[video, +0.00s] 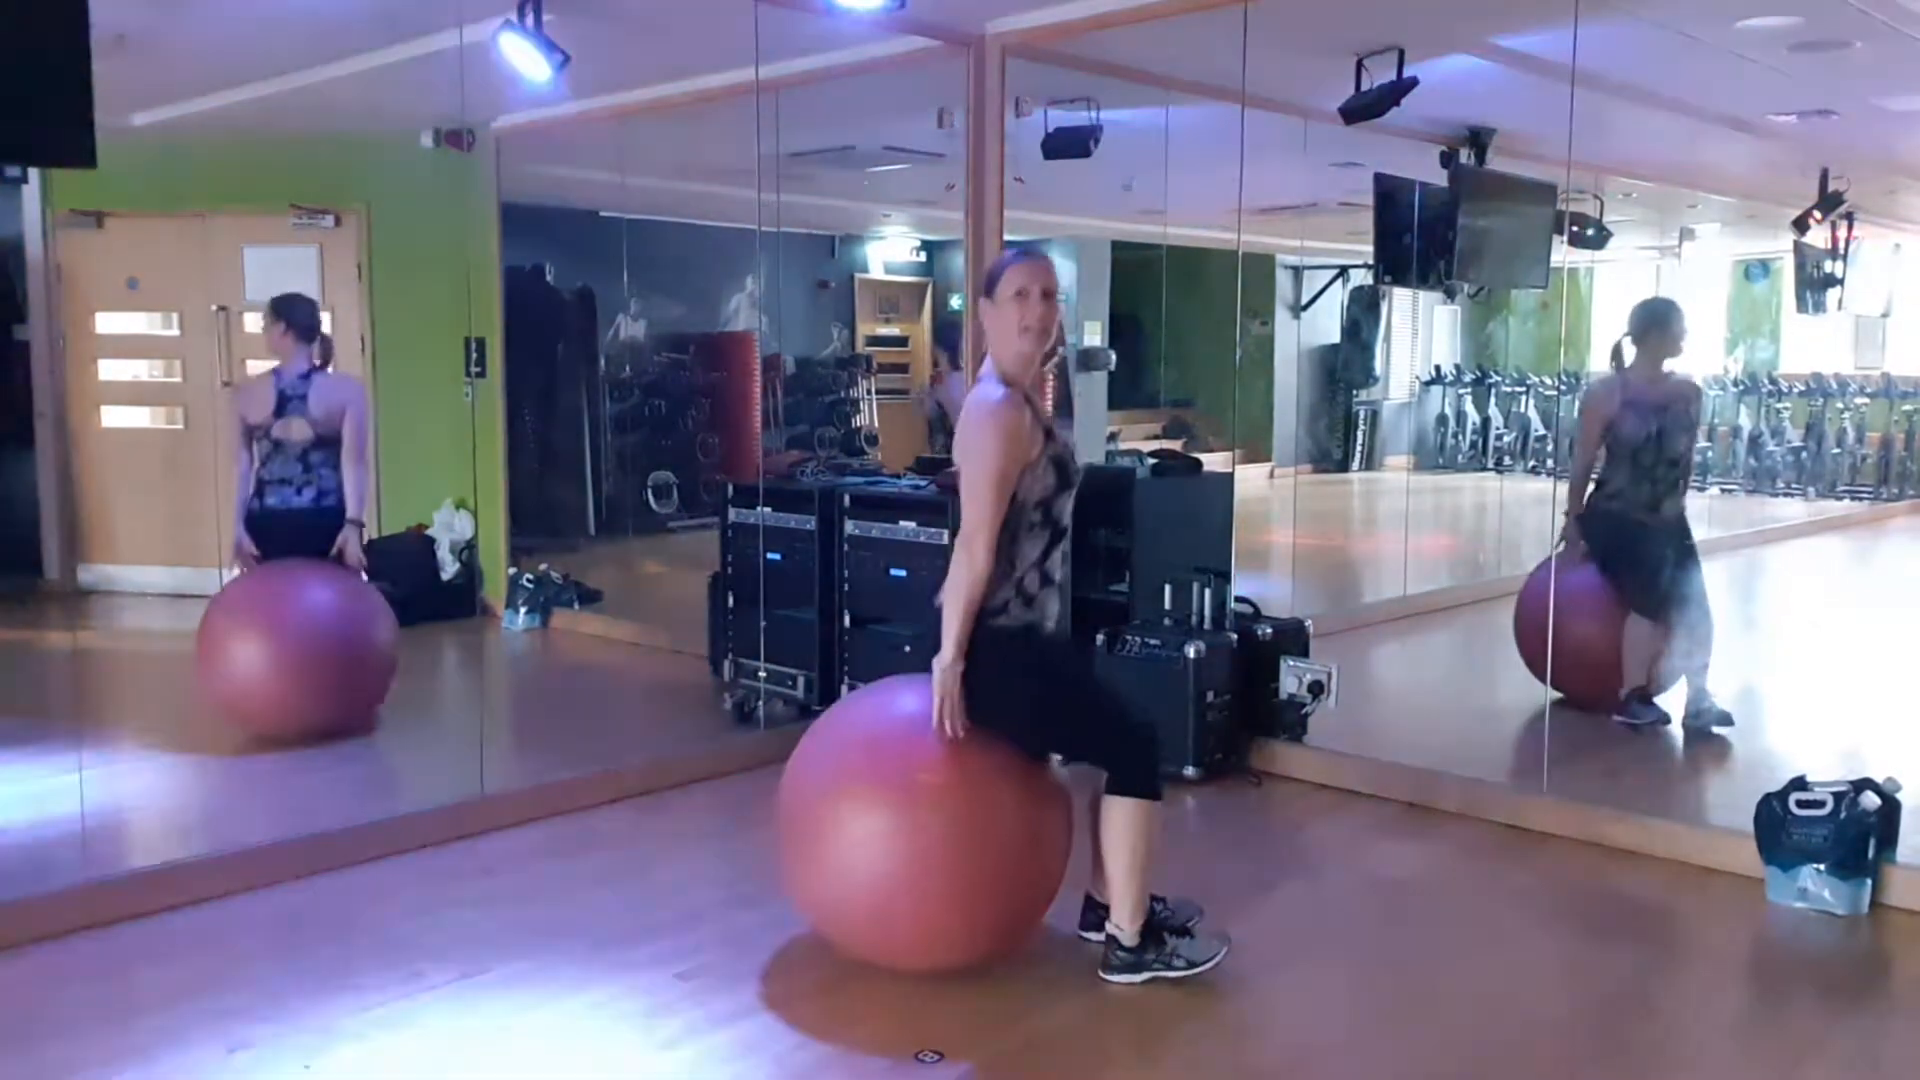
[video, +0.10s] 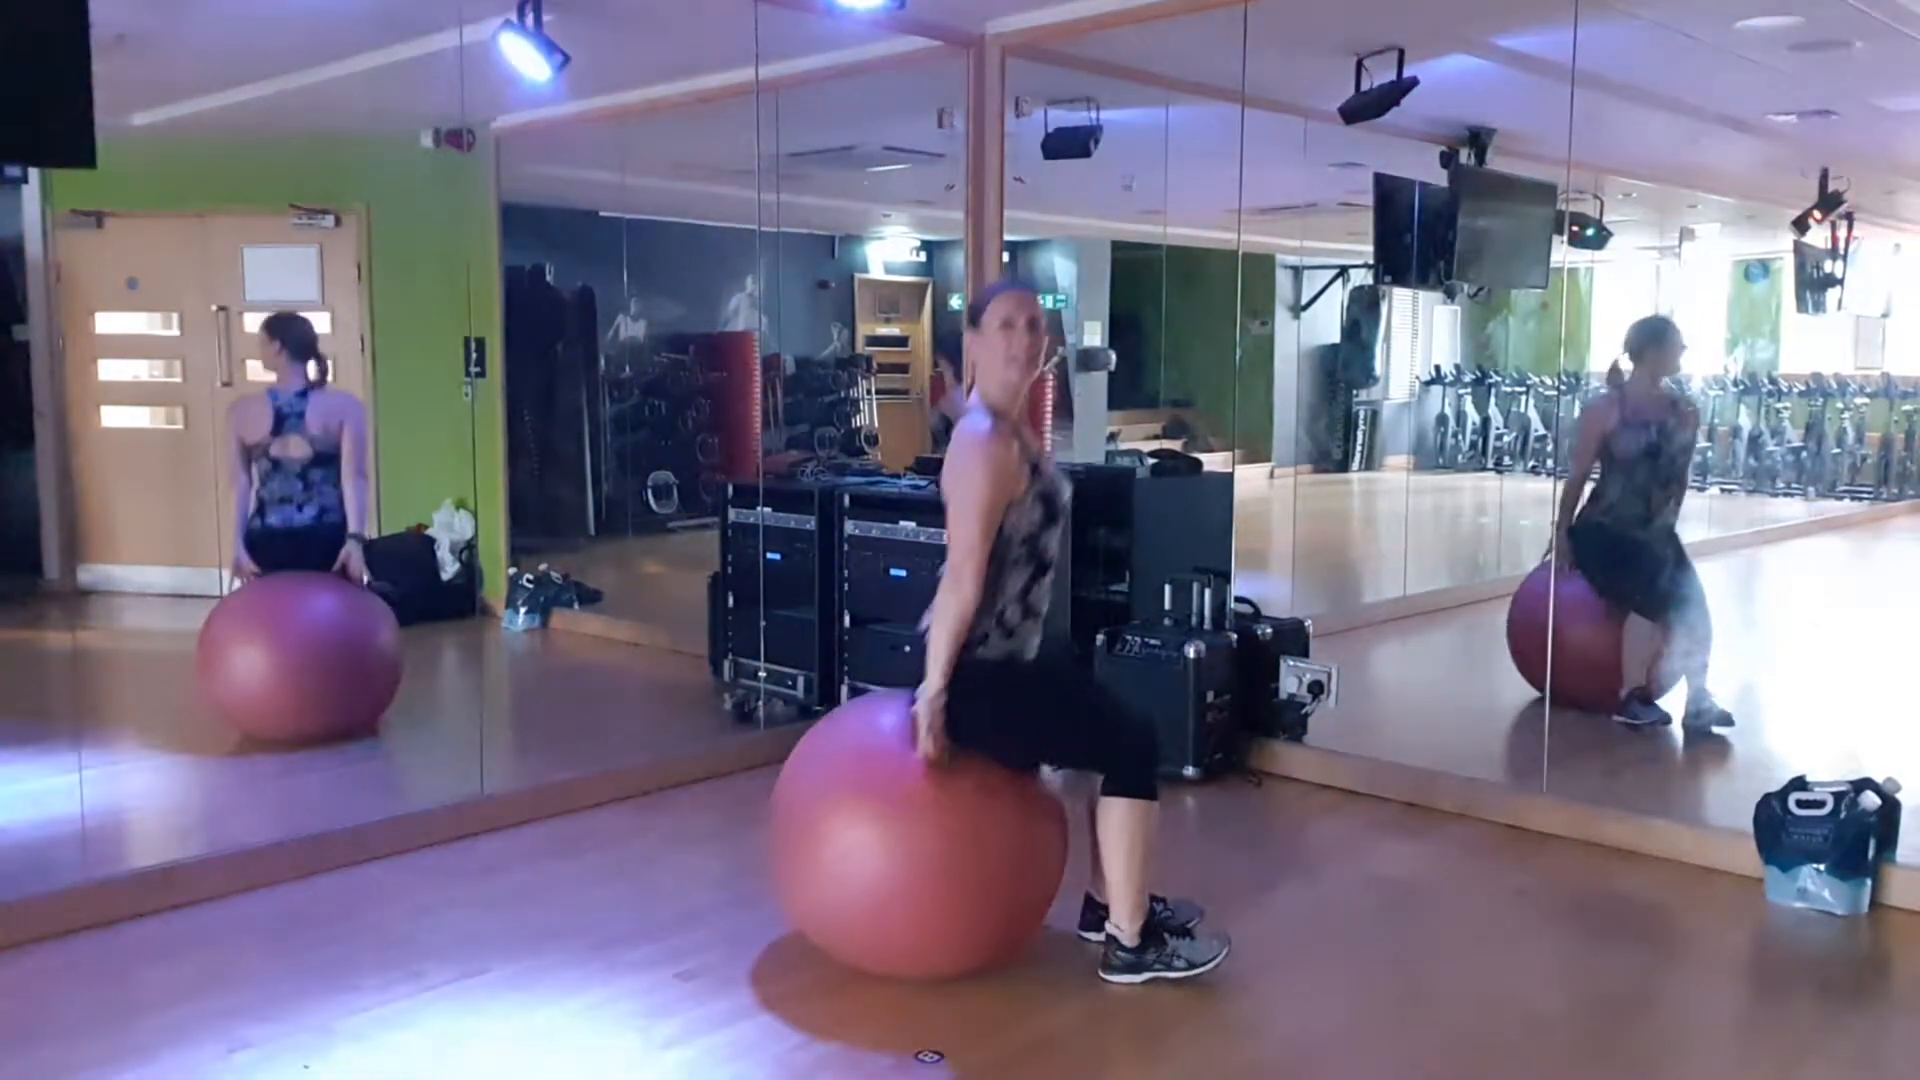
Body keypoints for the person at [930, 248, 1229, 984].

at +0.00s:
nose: (1040, 310)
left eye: (1049, 297)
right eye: (1022, 297)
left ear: (1058, 309)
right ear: (986, 311)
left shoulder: (1012, 401)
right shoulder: (995, 410)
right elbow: (975, 544)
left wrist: (1045, 402)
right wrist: (950, 657)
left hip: (1014, 644)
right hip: (1002, 654)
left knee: (1122, 735)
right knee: (1133, 742)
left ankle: (1108, 903)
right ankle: (1131, 935)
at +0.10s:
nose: (1029, 341)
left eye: (1037, 327)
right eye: (1009, 328)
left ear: (1046, 343)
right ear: (971, 345)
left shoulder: (1008, 432)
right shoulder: (982, 444)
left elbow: (984, 569)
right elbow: (963, 576)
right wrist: (933, 692)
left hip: (999, 668)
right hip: (979, 681)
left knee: (1122, 724)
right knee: (1131, 741)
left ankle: (1109, 902)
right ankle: (1130, 937)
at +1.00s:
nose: (1024, 432)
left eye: (1029, 419)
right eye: (1020, 416)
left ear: (981, 401)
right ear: (976, 398)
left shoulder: (953, 477)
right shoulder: (930, 482)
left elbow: (889, 595)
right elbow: (874, 597)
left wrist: (836, 697)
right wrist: (832, 706)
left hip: (909, 690)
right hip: (877, 703)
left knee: (1039, 746)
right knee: (1025, 763)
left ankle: (1139, 898)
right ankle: (1121, 931)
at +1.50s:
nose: (1038, 439)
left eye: (1043, 423)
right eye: (1033, 421)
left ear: (991, 405)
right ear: (988, 402)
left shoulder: (957, 477)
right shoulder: (935, 485)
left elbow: (901, 600)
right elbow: (872, 600)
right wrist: (815, 699)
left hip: (900, 693)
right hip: (871, 704)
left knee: (1033, 745)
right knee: (1025, 762)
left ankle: (1114, 914)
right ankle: (1121, 930)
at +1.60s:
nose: (1026, 437)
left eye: (1030, 422)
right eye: (1023, 419)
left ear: (980, 404)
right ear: (981, 404)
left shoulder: (952, 481)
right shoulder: (930, 492)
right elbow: (868, 604)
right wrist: (818, 707)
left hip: (912, 697)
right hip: (886, 712)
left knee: (1051, 740)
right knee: (1047, 757)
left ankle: (1117, 912)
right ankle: (1122, 929)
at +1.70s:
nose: (1016, 430)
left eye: (1020, 416)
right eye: (1011, 413)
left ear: (965, 403)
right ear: (968, 401)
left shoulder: (949, 477)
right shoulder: (923, 490)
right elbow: (867, 603)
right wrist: (830, 715)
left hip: (927, 700)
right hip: (895, 717)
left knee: (1077, 730)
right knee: (1069, 741)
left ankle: (1138, 908)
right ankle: (1121, 933)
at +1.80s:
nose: (1007, 428)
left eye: (1011, 412)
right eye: (1001, 410)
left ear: (958, 398)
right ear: (956, 396)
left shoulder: (940, 476)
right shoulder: (916, 486)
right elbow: (869, 609)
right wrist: (846, 720)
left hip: (944, 700)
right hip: (914, 715)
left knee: (1096, 735)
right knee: (1088, 745)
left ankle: (1177, 897)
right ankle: (1125, 935)